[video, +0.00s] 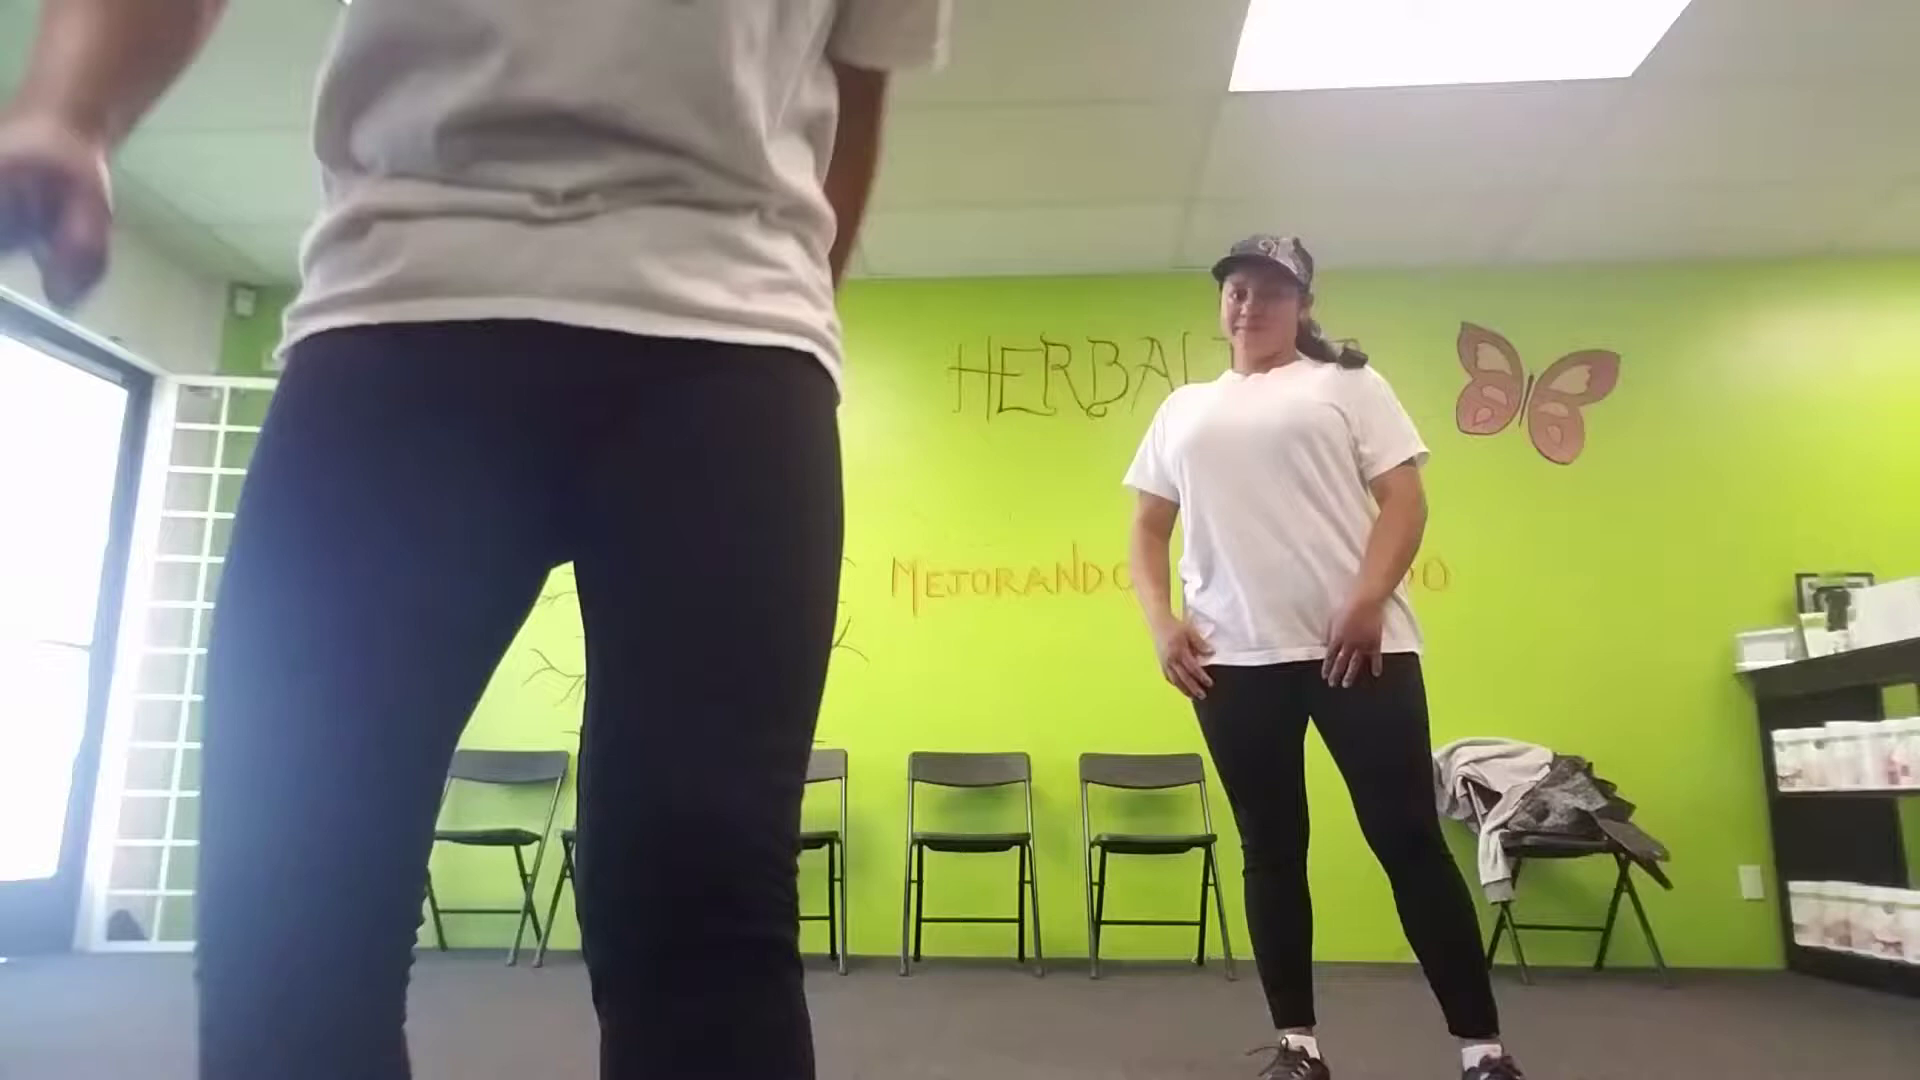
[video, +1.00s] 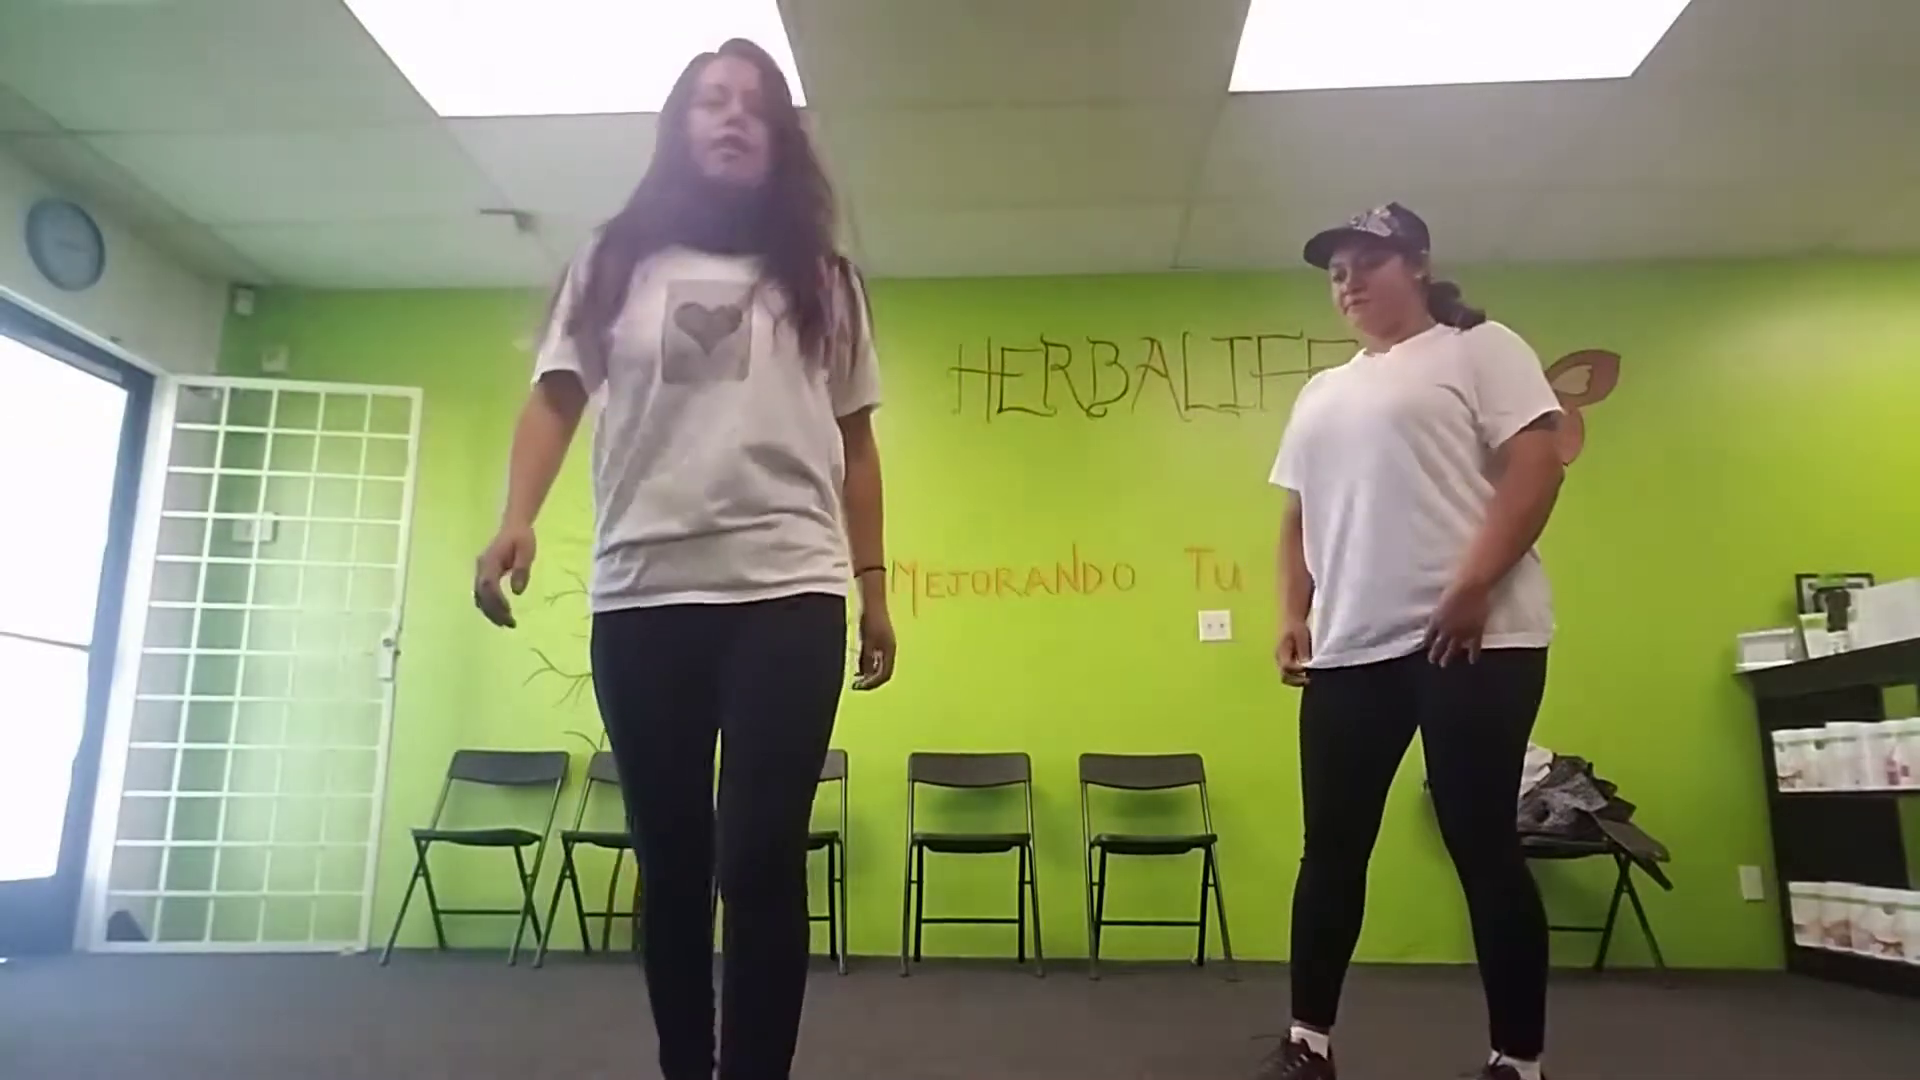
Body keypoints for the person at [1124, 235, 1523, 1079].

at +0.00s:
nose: (1249, 302)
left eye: (1270, 291)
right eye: (1237, 289)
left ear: (1302, 307)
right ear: (1220, 305)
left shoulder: (1349, 386)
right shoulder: (1184, 409)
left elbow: (1406, 502)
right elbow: (1149, 529)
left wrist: (1369, 599)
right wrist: (1161, 621)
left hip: (1359, 654)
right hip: (1238, 669)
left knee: (1410, 843)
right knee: (1271, 854)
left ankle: (1482, 1050)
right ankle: (1297, 1043)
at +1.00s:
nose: (1349, 283)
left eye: (1367, 264)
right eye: (1339, 273)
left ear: (1418, 265)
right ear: (1335, 287)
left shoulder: (1483, 348)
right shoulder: (1320, 393)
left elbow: (1536, 464)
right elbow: (1300, 517)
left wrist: (1475, 584)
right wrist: (1294, 610)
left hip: (1475, 641)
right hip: (1350, 656)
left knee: (1483, 845)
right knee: (1331, 847)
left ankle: (1518, 1060)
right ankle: (1308, 1044)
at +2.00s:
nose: (1227, 317)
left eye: (1242, 300)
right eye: (1221, 306)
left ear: (1292, 302)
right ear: (1222, 320)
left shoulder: (1373, 388)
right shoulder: (1207, 421)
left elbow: (1429, 504)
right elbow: (1181, 537)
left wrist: (1418, 604)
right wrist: (1179, 630)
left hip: (1371, 657)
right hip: (1254, 672)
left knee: (1402, 837)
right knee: (1283, 847)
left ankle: (1485, 1045)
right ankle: (1298, 1038)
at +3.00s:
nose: (1347, 301)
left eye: (1360, 283)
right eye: (1346, 289)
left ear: (1412, 283)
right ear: (1392, 291)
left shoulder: (1473, 355)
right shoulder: (1380, 399)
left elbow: (1505, 479)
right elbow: (1362, 542)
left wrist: (1462, 606)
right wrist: (1337, 652)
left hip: (1474, 650)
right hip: (1374, 662)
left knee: (1496, 848)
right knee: (1341, 839)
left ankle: (1508, 1058)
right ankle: (1310, 1035)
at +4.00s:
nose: (1322, 304)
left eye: (1333, 287)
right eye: (1322, 290)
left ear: (1384, 287)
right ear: (1381, 292)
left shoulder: (1415, 355)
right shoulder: (1396, 369)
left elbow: (1418, 484)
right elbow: (1396, 513)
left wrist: (1366, 613)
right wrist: (1358, 645)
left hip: (1446, 637)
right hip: (1402, 644)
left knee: (1468, 834)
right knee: (1380, 823)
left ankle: (1504, 1060)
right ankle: (1411, 1042)